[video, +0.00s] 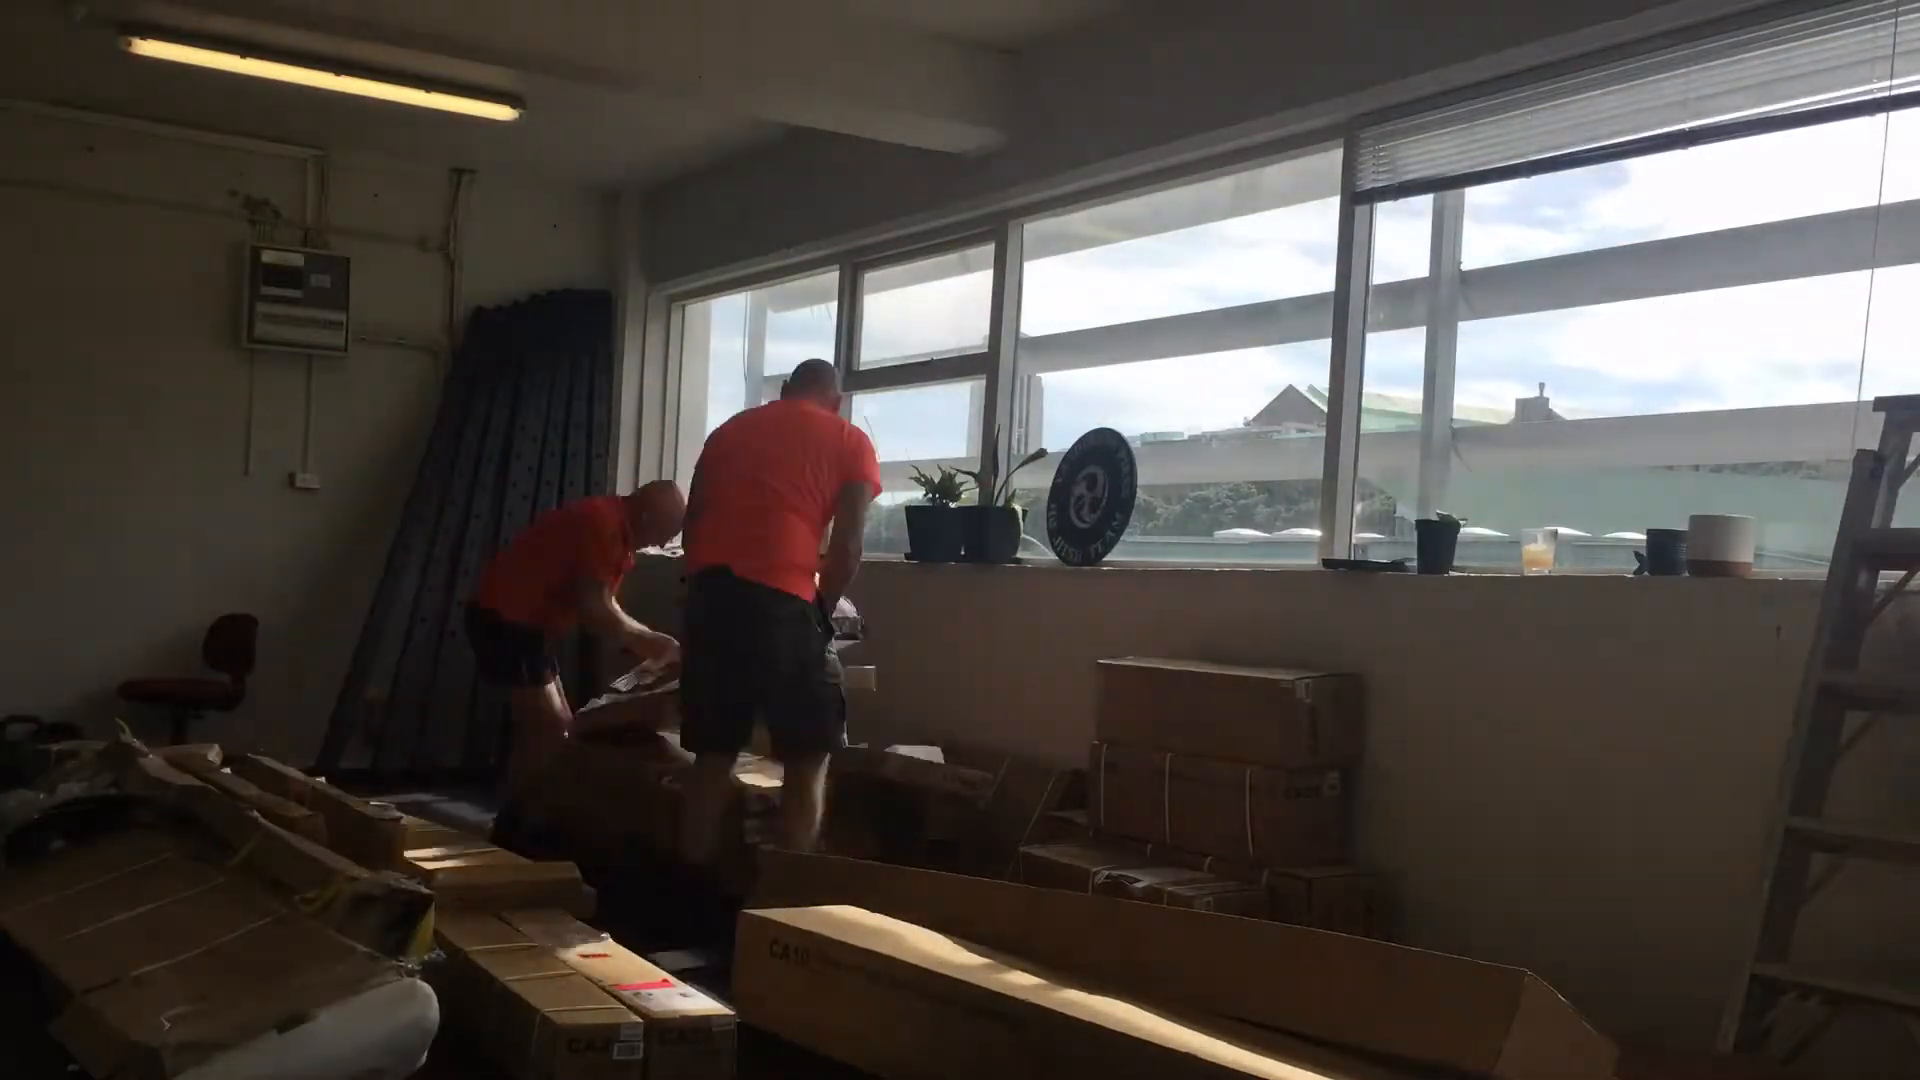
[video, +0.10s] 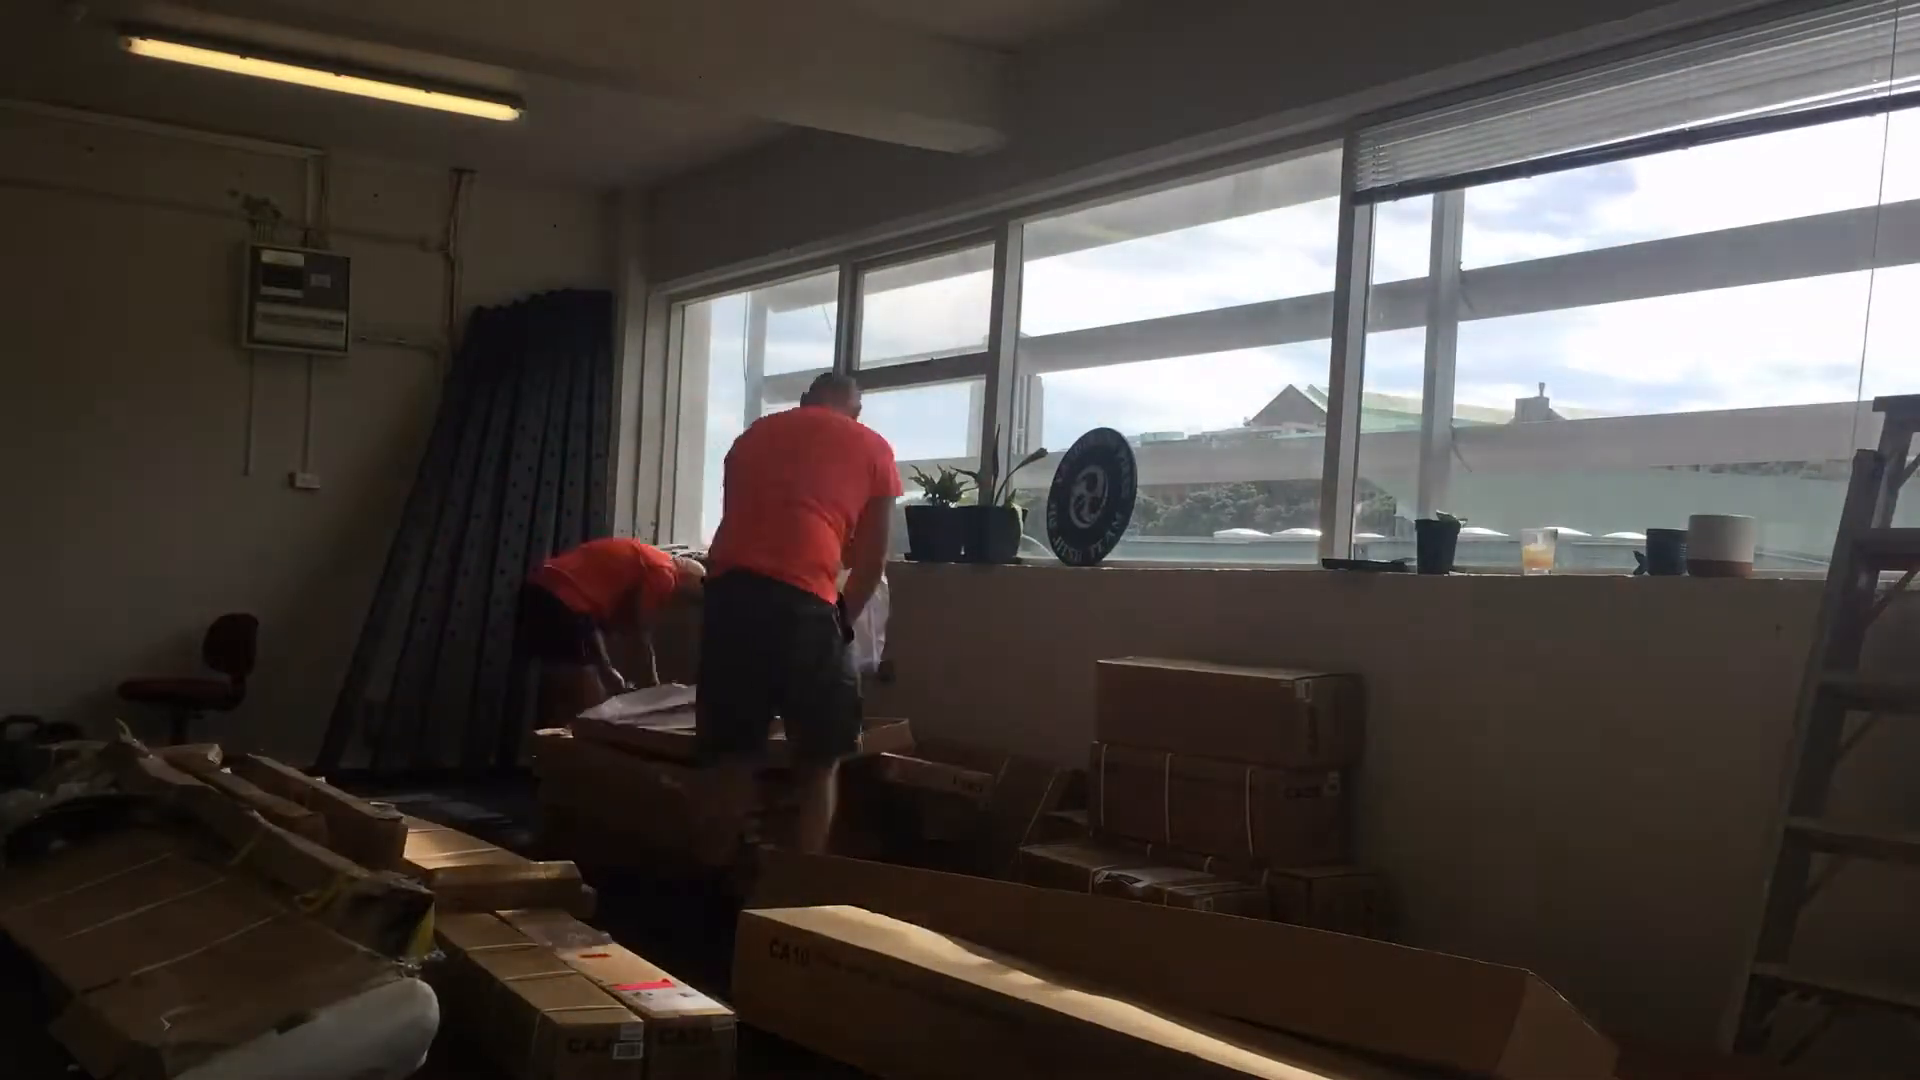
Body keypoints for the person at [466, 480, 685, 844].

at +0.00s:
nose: (665, 541)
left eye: (671, 534)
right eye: (667, 531)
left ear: (646, 512)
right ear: (648, 514)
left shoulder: (620, 539)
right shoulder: (601, 523)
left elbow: (604, 605)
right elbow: (593, 604)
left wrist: (643, 643)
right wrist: (646, 640)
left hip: (531, 622)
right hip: (505, 618)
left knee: (561, 725)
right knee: (550, 729)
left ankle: (527, 829)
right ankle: (516, 830)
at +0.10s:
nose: (685, 593)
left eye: (693, 592)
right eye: (692, 589)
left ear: (681, 561)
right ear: (690, 575)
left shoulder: (639, 553)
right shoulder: (663, 570)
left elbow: (590, 625)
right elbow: (643, 636)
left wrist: (611, 675)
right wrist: (654, 684)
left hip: (538, 590)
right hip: (563, 603)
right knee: (588, 681)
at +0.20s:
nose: (683, 586)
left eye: (690, 584)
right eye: (689, 579)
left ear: (686, 555)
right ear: (686, 559)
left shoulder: (658, 549)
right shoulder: (662, 560)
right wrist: (636, 667)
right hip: (562, 602)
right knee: (588, 695)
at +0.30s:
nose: (703, 469)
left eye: (705, 461)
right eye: (705, 461)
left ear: (665, 438)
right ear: (700, 456)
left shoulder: (605, 451)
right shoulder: (692, 499)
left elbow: (532, 494)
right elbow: (703, 596)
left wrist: (620, 566)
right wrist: (714, 676)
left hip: (516, 577)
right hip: (575, 600)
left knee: (519, 710)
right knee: (618, 727)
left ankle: (493, 823)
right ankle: (587, 841)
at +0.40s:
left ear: (603, 428)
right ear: (655, 427)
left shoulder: (572, 464)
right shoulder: (689, 457)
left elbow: (552, 551)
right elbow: (720, 545)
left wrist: (552, 617)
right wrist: (671, 554)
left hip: (583, 597)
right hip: (656, 599)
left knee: (585, 729)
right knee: (672, 727)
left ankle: (585, 854)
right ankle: (644, 852)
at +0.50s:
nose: (647, 451)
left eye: (654, 443)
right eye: (637, 441)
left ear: (661, 444)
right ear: (618, 440)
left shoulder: (672, 489)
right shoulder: (590, 488)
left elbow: (690, 550)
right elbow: (572, 552)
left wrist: (695, 591)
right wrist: (582, 606)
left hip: (657, 616)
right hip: (598, 613)